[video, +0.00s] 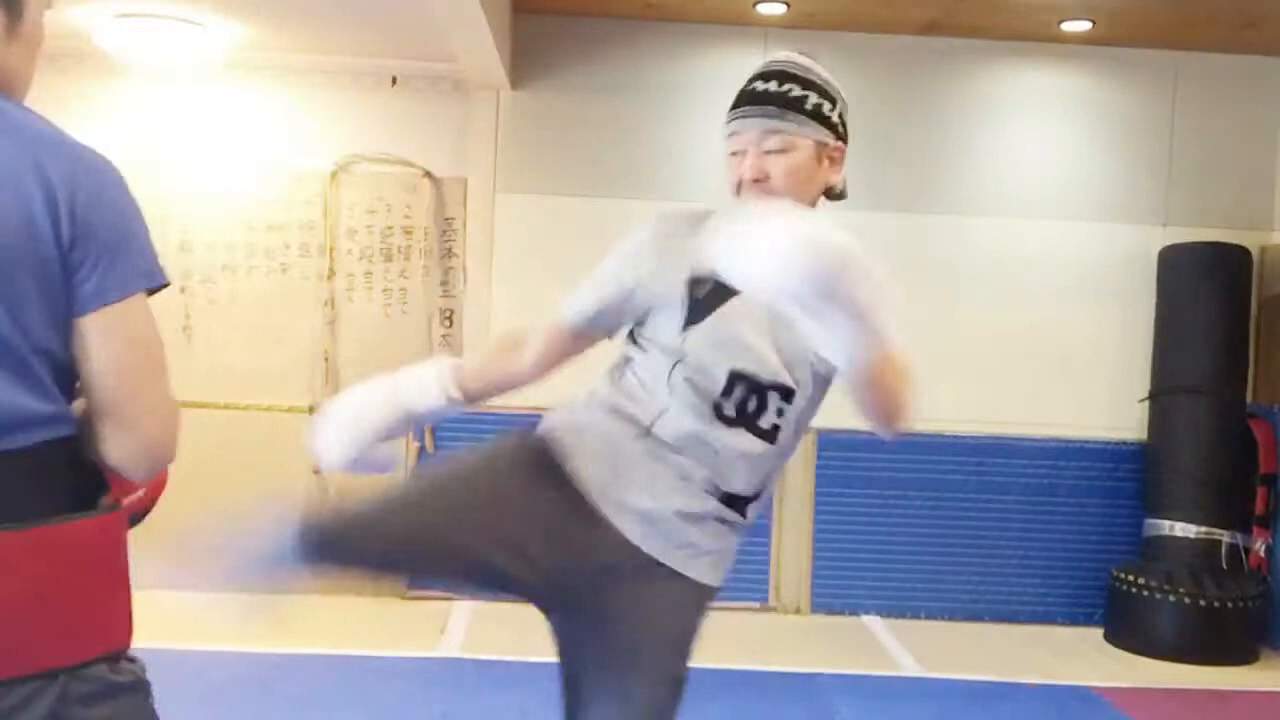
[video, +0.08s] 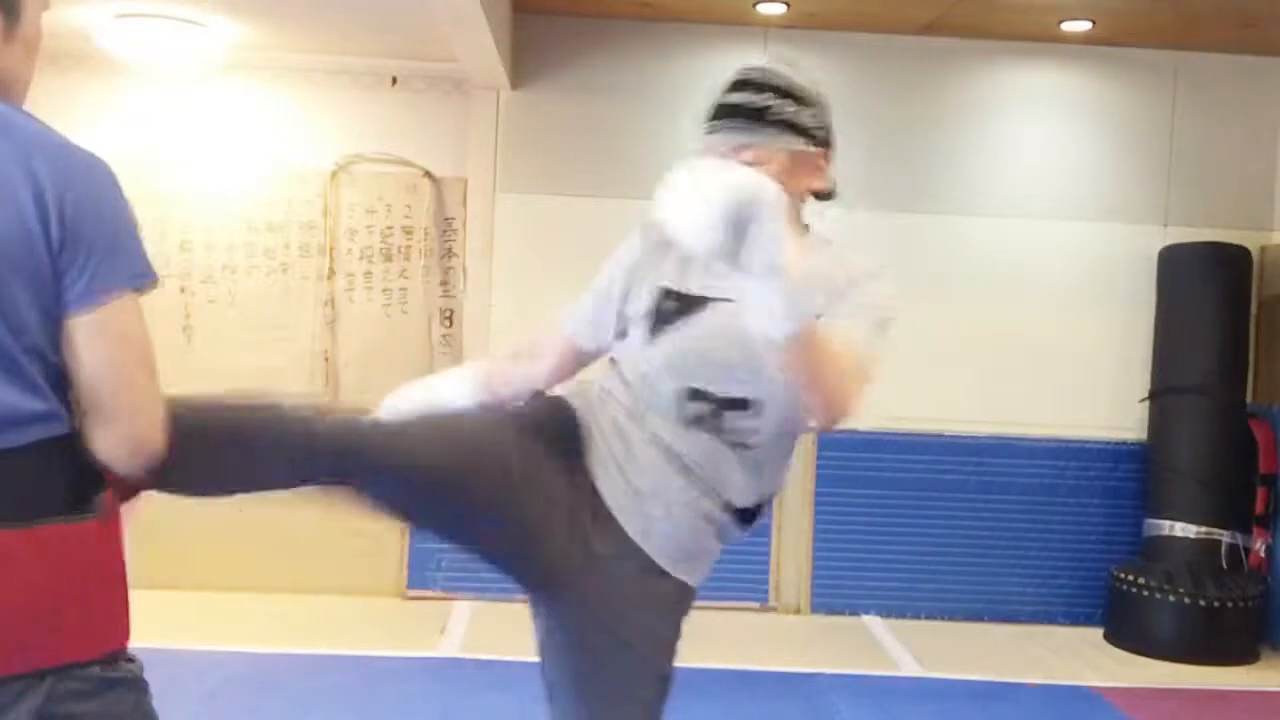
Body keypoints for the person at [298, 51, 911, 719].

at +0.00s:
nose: (755, 169)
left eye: (779, 149)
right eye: (740, 151)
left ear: (833, 164)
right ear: (726, 160)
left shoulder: (842, 284)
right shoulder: (673, 241)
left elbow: (891, 413)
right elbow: (540, 347)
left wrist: (833, 297)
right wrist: (416, 390)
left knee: (628, 708)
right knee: (346, 532)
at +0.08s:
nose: (804, 181)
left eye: (806, 163)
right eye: (791, 159)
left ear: (811, 175)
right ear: (727, 156)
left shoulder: (831, 294)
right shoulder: (663, 251)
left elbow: (829, 406)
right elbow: (543, 367)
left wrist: (764, 261)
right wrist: (411, 415)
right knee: (345, 442)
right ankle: (84, 453)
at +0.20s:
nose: (664, 163)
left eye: (686, 142)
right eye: (663, 142)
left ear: (759, 149)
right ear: (678, 147)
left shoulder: (816, 285)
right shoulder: (654, 231)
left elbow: (774, 443)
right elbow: (604, 372)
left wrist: (713, 315)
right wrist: (492, 402)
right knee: (323, 500)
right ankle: (107, 513)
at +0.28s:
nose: (647, 163)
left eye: (667, 141)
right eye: (647, 143)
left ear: (739, 146)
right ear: (719, 149)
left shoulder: (799, 278)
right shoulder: (652, 246)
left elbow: (761, 440)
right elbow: (606, 388)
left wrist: (688, 313)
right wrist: (483, 409)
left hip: (643, 581)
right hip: (553, 496)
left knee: (599, 713)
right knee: (349, 557)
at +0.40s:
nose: (611, 156)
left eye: (630, 133)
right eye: (613, 135)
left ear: (702, 143)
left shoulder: (762, 268)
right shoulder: (638, 253)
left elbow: (764, 448)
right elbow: (614, 406)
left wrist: (674, 318)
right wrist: (497, 392)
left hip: (636, 591)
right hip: (555, 544)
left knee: (581, 709)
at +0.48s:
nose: (588, 150)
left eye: (609, 127)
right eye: (590, 129)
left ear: (680, 139)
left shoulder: (734, 264)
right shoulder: (630, 259)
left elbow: (774, 454)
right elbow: (608, 415)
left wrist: (665, 337)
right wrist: (508, 380)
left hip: (640, 592)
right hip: (574, 568)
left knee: (579, 709)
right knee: (519, 703)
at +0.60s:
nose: (565, 150)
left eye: (583, 127)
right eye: (569, 129)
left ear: (652, 142)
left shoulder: (705, 262)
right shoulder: (627, 256)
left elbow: (775, 443)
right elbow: (593, 411)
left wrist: (654, 383)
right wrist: (501, 362)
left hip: (642, 588)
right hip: (597, 575)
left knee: (568, 706)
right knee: (575, 704)